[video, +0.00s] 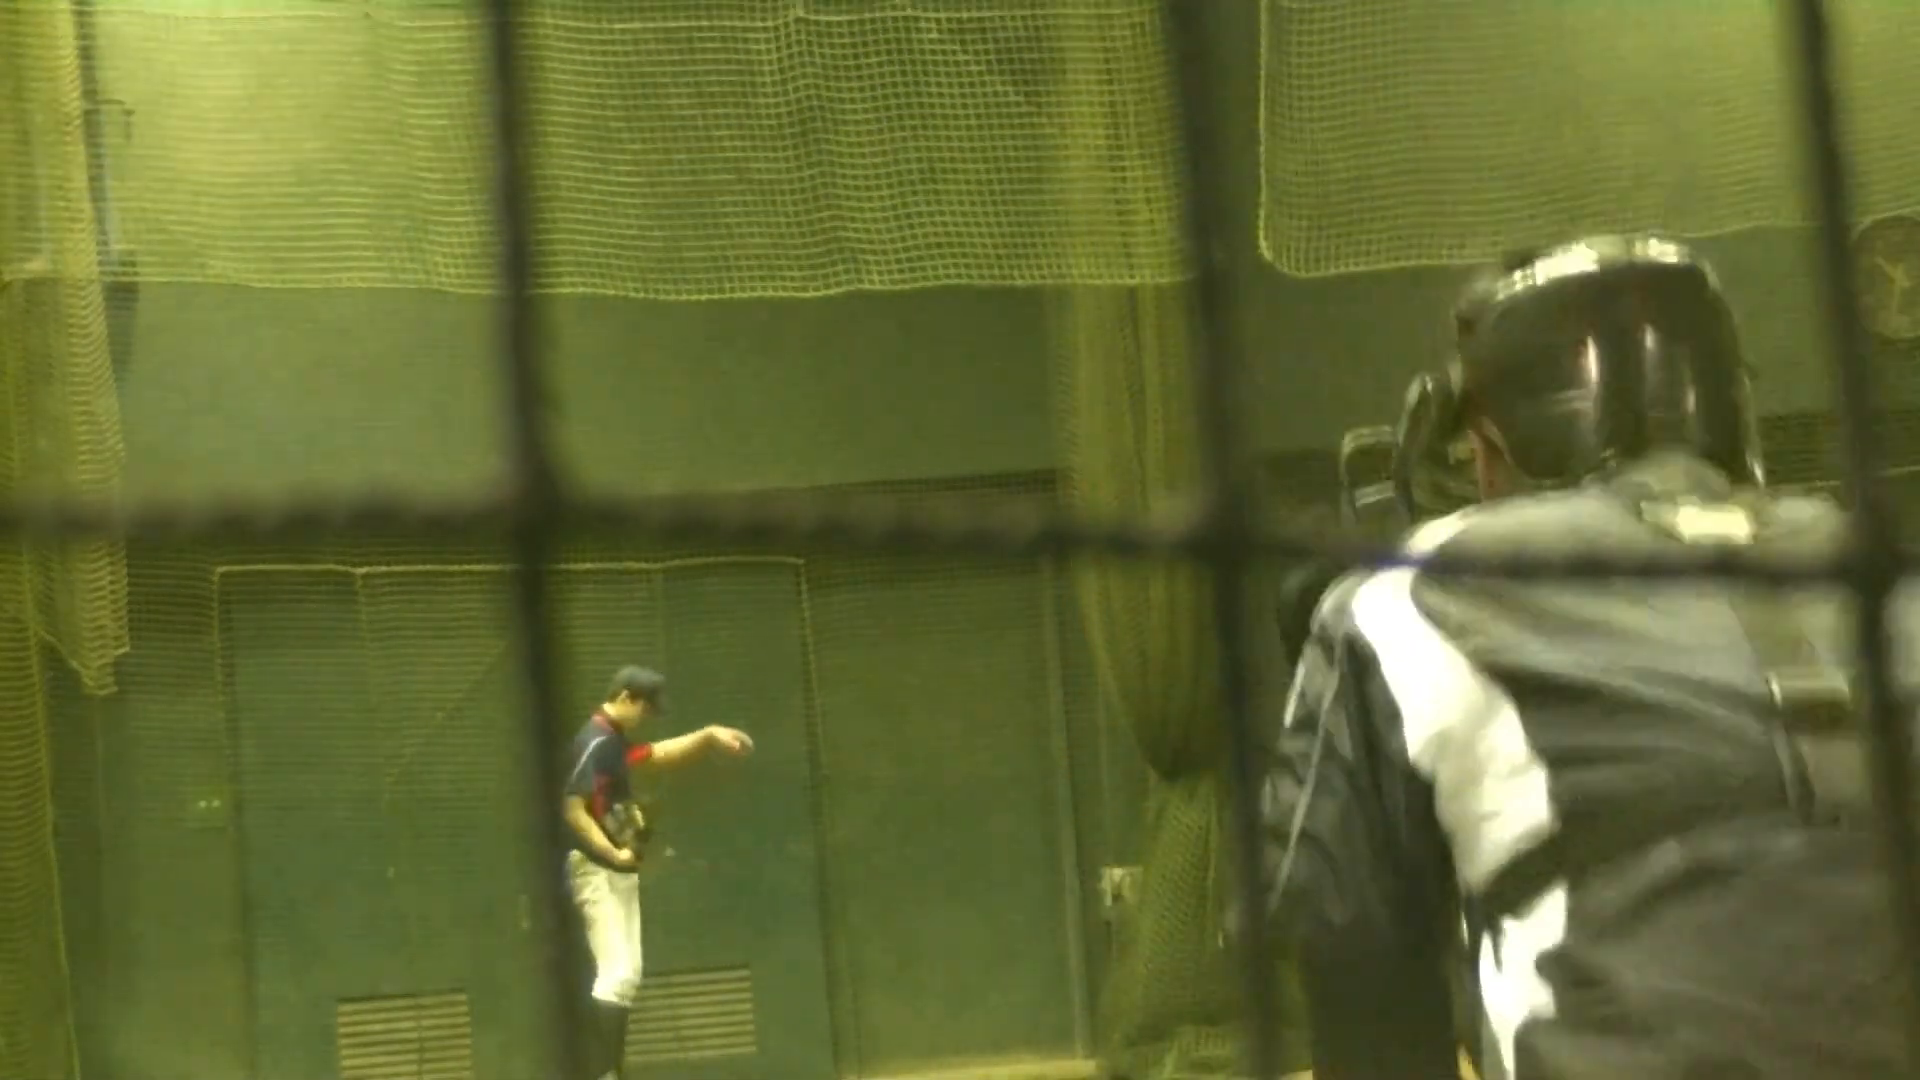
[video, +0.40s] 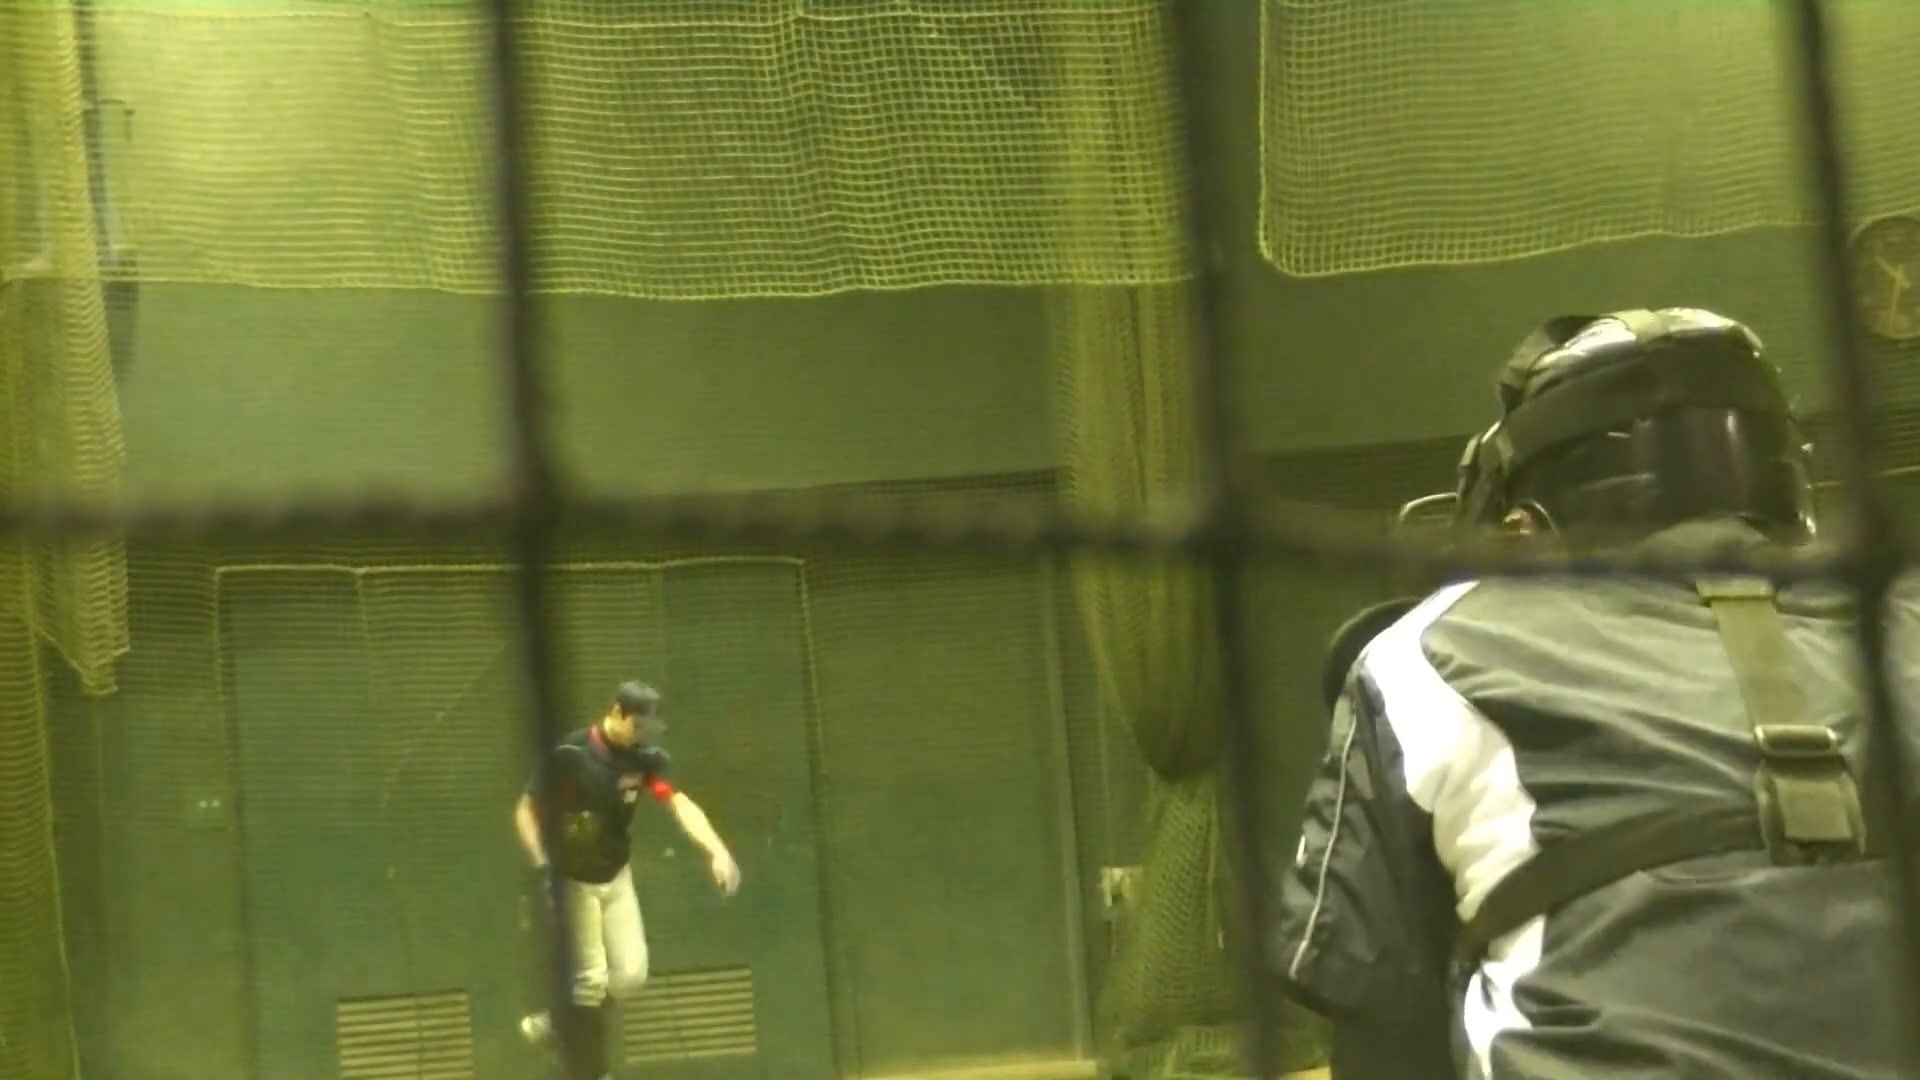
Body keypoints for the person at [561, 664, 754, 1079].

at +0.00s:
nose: (647, 718)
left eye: (650, 710)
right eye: (646, 708)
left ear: (629, 701)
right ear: (626, 698)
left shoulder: (612, 739)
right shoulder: (598, 739)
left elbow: (653, 755)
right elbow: (572, 808)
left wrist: (708, 735)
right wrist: (616, 855)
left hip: (619, 868)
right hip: (595, 867)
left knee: (625, 975)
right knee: (617, 975)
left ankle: (607, 1069)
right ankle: (600, 1070)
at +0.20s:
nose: (647, 723)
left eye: (650, 715)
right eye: (643, 713)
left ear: (637, 710)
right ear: (621, 705)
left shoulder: (633, 750)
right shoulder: (579, 751)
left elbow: (690, 772)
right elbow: (543, 815)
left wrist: (740, 740)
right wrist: (576, 855)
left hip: (616, 878)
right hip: (579, 879)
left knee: (633, 971)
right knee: (593, 979)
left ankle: (607, 1069)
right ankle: (588, 1071)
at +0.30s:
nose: (645, 726)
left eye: (648, 718)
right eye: (640, 717)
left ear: (644, 717)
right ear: (618, 710)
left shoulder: (640, 755)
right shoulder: (572, 754)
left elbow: (690, 793)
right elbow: (530, 810)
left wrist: (750, 787)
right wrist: (556, 851)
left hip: (615, 879)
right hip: (573, 882)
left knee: (635, 972)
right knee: (589, 982)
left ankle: (572, 1056)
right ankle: (586, 1067)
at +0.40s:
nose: (645, 731)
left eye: (648, 723)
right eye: (639, 722)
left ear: (647, 722)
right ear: (617, 714)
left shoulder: (644, 758)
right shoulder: (569, 755)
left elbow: (679, 804)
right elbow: (526, 810)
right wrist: (543, 865)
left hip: (617, 880)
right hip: (573, 884)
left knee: (631, 976)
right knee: (590, 985)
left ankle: (548, 1028)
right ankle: (589, 1070)